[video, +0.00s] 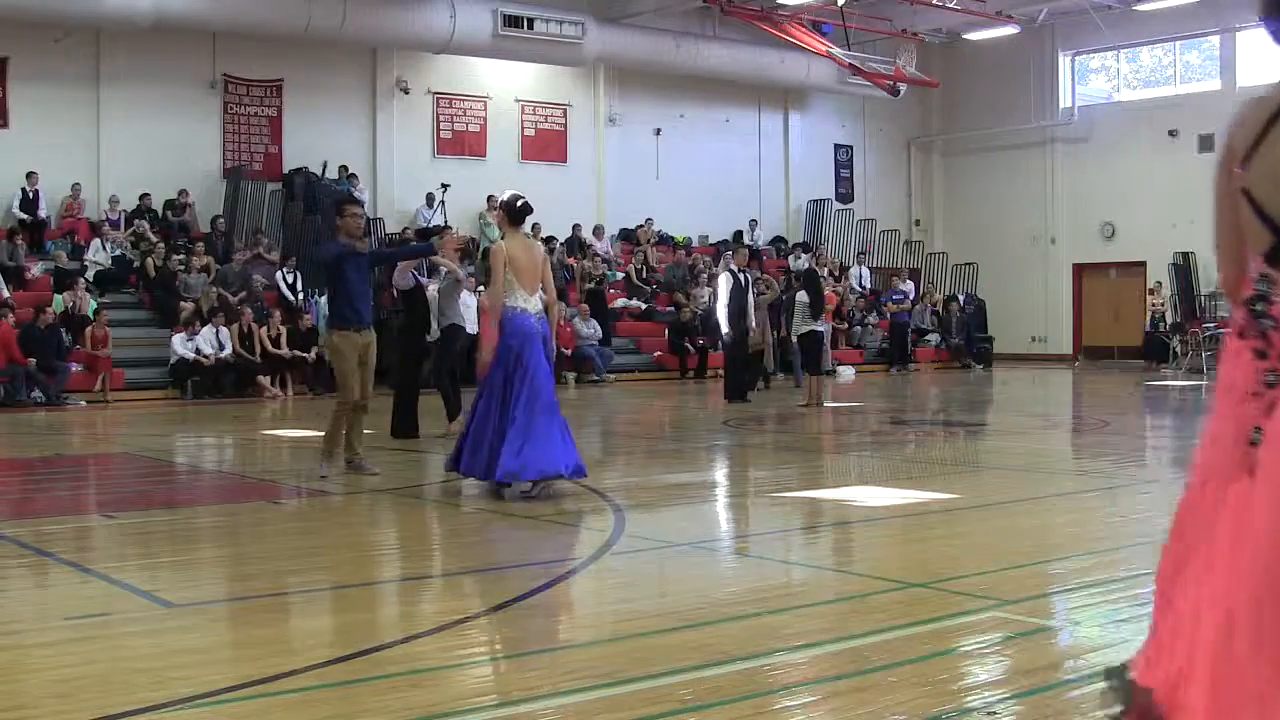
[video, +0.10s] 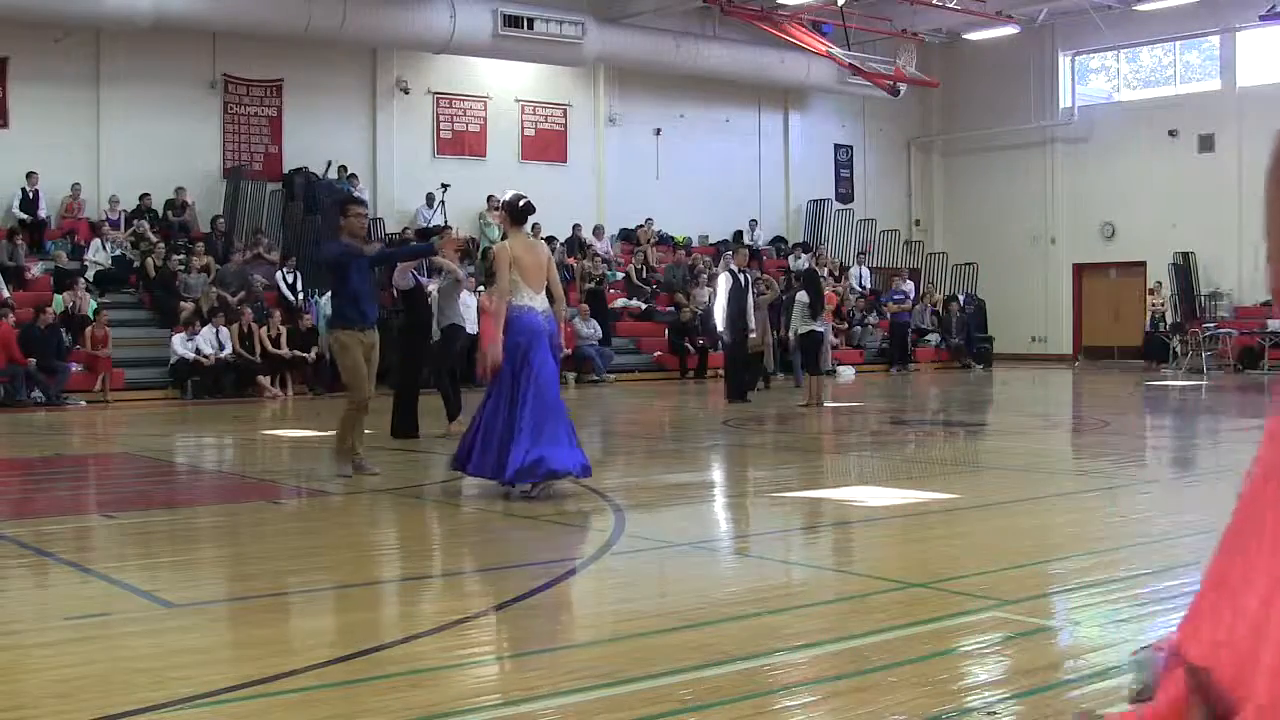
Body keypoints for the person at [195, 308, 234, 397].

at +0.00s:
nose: (223, 319)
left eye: (223, 316)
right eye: (220, 317)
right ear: (213, 319)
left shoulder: (225, 330)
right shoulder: (204, 332)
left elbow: (229, 347)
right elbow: (206, 349)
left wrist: (223, 354)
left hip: (225, 356)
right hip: (212, 358)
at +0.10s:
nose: (223, 319)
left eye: (223, 316)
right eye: (220, 317)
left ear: (223, 318)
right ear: (213, 319)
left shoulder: (225, 330)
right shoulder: (204, 332)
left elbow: (229, 347)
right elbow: (206, 349)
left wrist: (223, 354)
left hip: (225, 357)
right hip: (212, 358)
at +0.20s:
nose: (223, 319)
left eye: (223, 316)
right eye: (220, 317)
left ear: (223, 318)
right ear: (213, 319)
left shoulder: (225, 330)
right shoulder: (204, 332)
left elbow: (229, 347)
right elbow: (206, 349)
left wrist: (223, 354)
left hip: (225, 357)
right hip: (212, 358)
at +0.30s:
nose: (223, 319)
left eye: (223, 316)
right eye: (220, 317)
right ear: (213, 319)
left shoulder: (225, 330)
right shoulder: (204, 332)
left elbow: (229, 347)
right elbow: (206, 349)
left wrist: (223, 354)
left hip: (225, 356)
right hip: (212, 358)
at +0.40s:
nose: (223, 319)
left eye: (223, 316)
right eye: (220, 316)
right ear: (213, 319)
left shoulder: (225, 330)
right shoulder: (204, 332)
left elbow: (229, 347)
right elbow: (207, 350)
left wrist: (223, 354)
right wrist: (219, 355)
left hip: (225, 357)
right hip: (212, 358)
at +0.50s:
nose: (224, 318)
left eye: (223, 316)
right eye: (221, 316)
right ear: (214, 319)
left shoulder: (225, 330)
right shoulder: (205, 332)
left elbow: (229, 346)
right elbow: (207, 349)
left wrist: (224, 354)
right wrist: (220, 355)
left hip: (225, 356)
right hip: (212, 358)